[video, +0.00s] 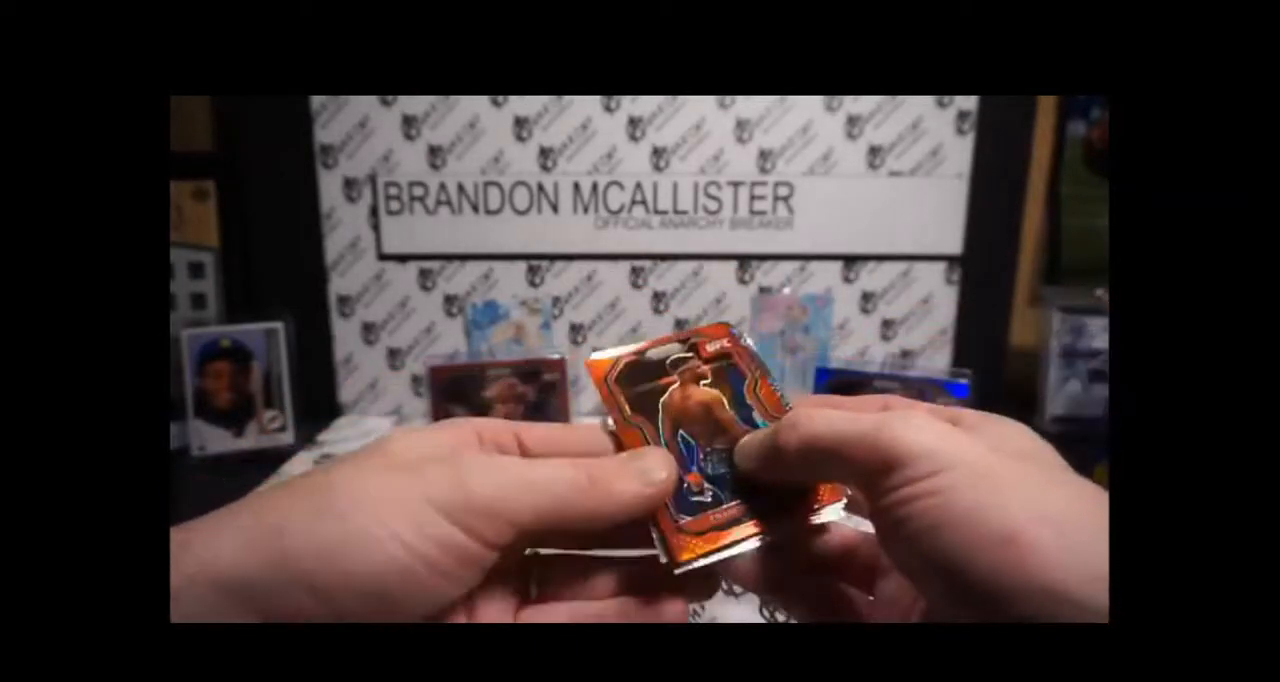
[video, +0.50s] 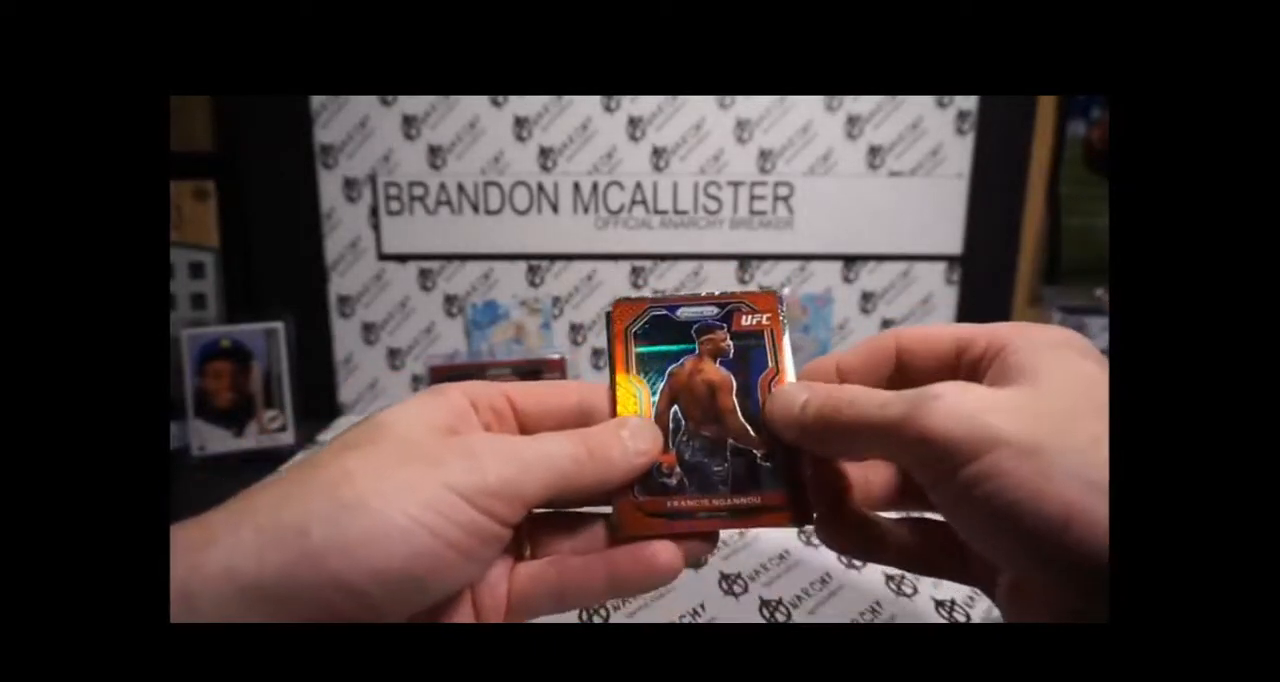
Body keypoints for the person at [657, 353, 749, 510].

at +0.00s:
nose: (704, 368)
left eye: (701, 364)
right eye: (698, 366)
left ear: (681, 375)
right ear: (686, 372)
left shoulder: (667, 402)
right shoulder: (710, 396)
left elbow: (668, 438)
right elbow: (736, 430)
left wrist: (684, 472)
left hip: (701, 461)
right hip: (726, 458)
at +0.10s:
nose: (727, 348)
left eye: (725, 344)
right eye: (721, 345)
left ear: (699, 350)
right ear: (705, 349)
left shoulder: (675, 380)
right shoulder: (720, 381)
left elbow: (664, 421)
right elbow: (736, 428)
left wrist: (671, 459)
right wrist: (762, 452)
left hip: (691, 455)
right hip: (721, 455)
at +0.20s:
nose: (727, 348)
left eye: (726, 343)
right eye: (722, 344)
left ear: (702, 350)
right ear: (705, 349)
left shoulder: (676, 380)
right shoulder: (720, 384)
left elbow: (663, 424)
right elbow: (734, 431)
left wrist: (666, 464)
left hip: (691, 456)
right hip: (719, 457)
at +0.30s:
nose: (732, 347)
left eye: (731, 342)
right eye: (727, 343)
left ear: (707, 348)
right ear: (709, 347)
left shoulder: (679, 378)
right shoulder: (725, 381)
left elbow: (666, 418)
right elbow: (736, 424)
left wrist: (670, 457)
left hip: (691, 453)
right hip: (721, 453)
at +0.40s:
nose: (736, 350)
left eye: (735, 345)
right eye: (730, 346)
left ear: (711, 350)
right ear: (713, 349)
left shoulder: (682, 378)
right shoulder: (727, 384)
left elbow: (667, 419)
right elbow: (736, 428)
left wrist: (670, 457)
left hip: (692, 451)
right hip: (720, 453)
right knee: (725, 515)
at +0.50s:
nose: (730, 344)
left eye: (729, 339)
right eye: (725, 339)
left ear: (705, 345)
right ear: (707, 344)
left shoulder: (677, 371)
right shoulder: (721, 377)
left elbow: (661, 413)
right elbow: (734, 425)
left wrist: (665, 450)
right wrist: (758, 446)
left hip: (687, 444)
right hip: (714, 449)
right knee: (716, 513)